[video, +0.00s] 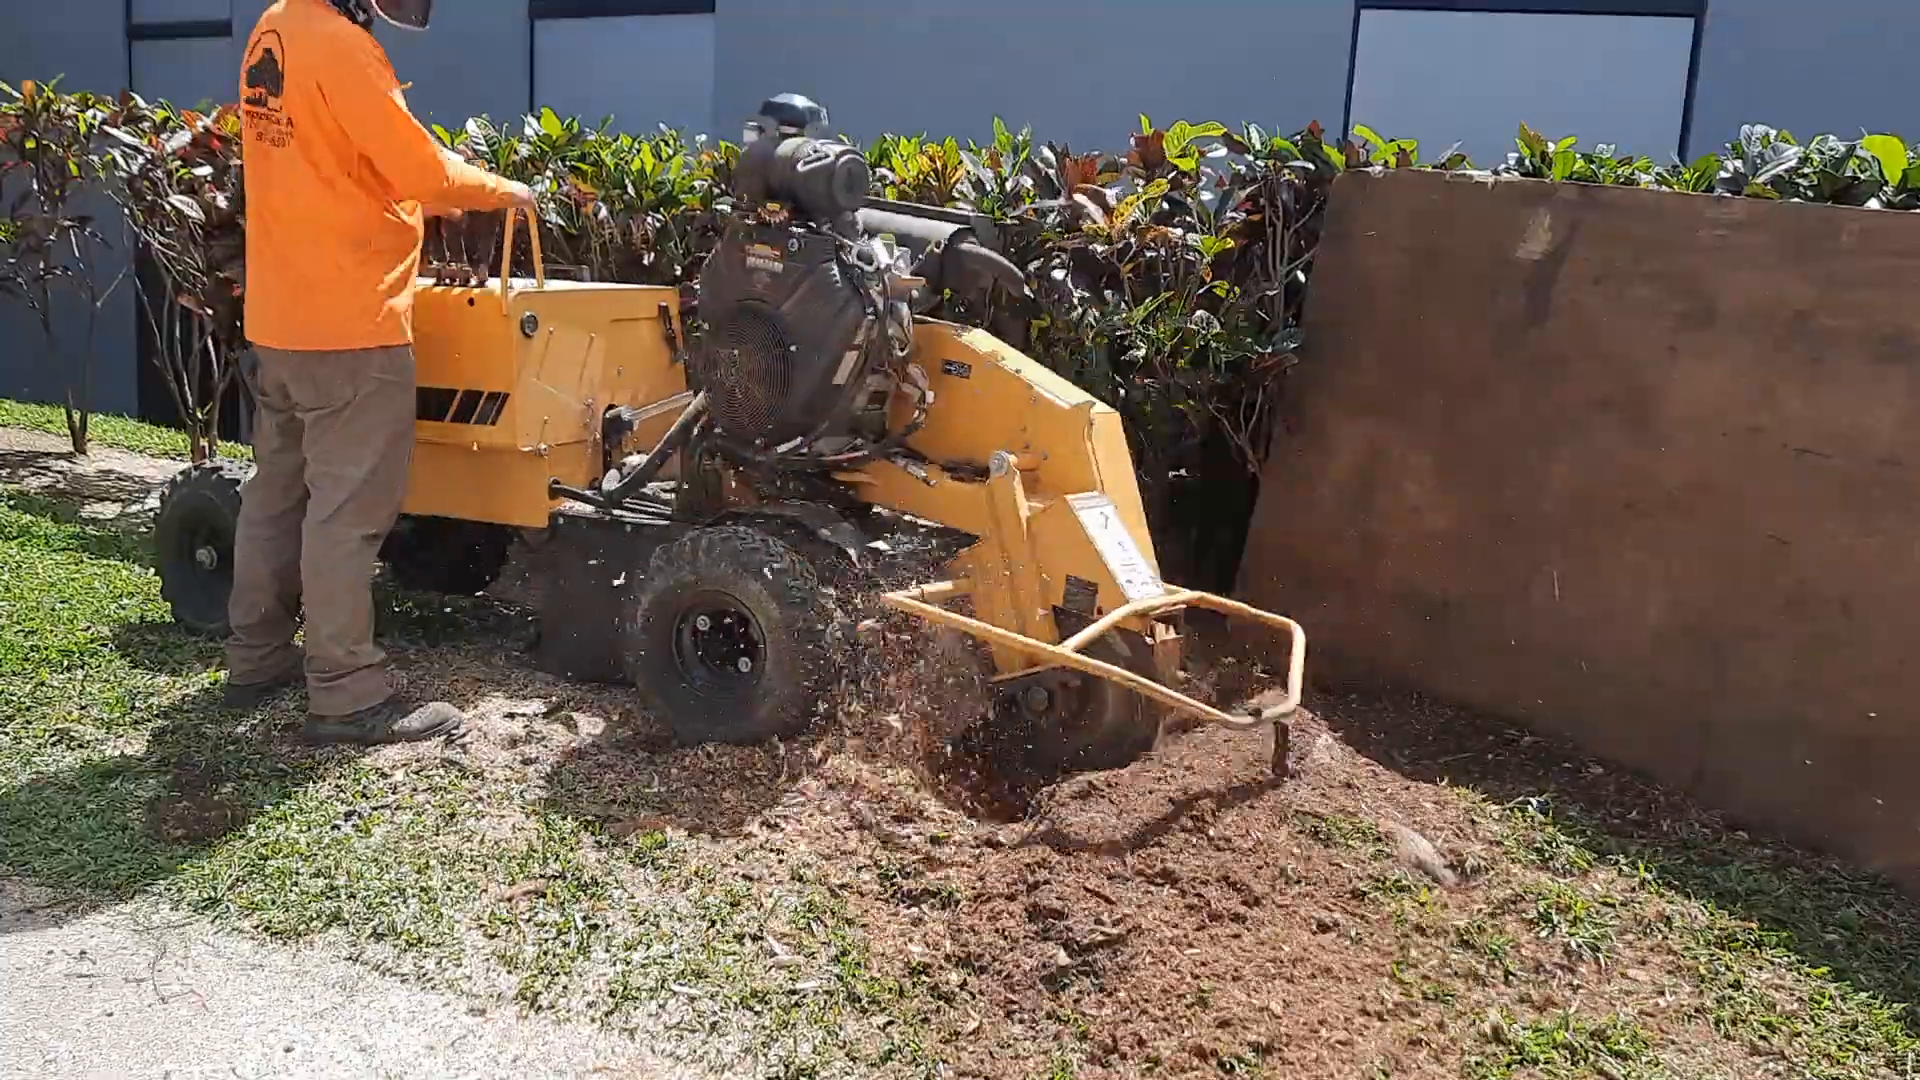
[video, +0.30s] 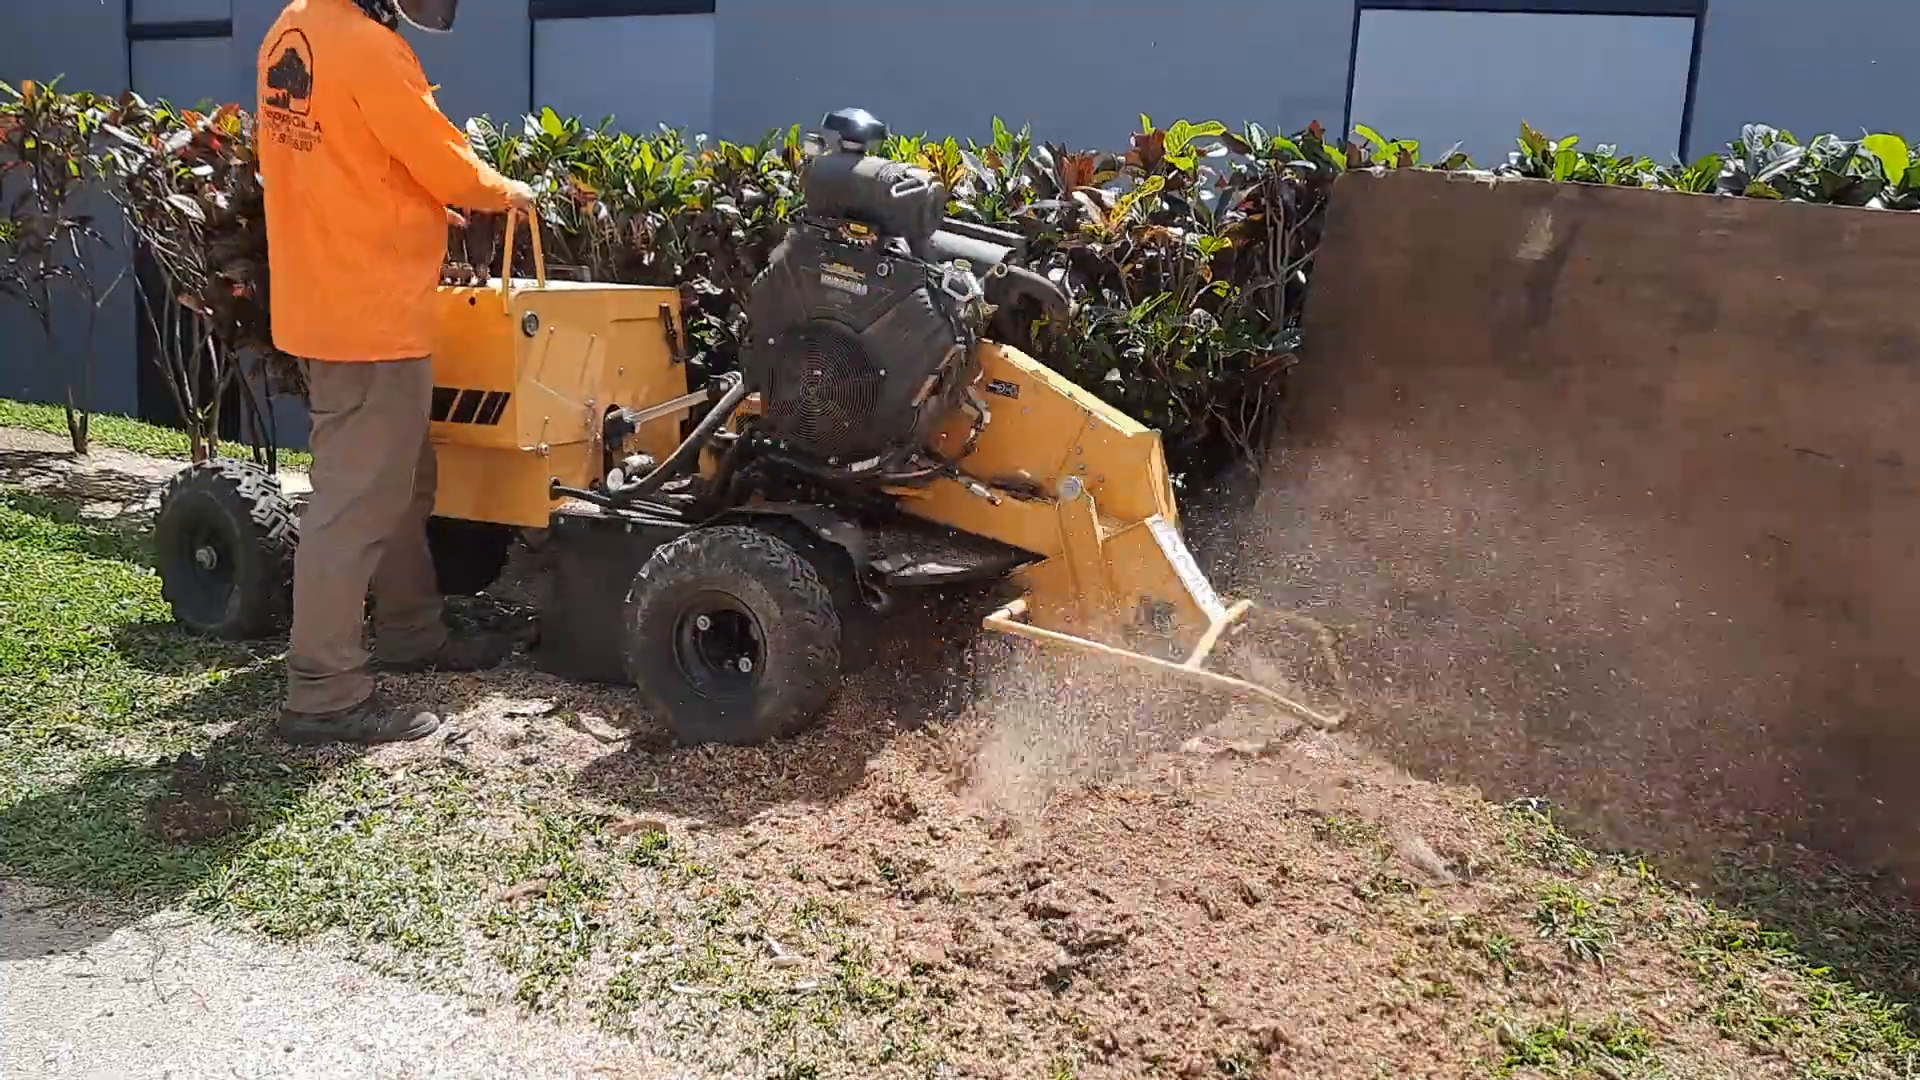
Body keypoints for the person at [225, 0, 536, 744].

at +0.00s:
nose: (409, 13)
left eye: (409, 7)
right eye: (407, 3)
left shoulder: (274, 27)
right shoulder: (346, 49)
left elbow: (344, 159)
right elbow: (422, 173)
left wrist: (449, 174)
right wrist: (499, 191)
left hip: (279, 323)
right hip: (352, 328)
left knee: (276, 495)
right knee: (349, 509)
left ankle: (256, 658)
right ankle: (345, 693)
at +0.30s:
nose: (441, 15)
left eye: (441, 8)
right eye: (437, 6)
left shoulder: (290, 28)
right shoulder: (374, 52)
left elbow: (356, 159)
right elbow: (447, 168)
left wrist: (457, 190)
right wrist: (507, 192)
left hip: (322, 313)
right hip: (372, 319)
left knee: (401, 480)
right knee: (352, 502)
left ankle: (413, 634)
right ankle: (326, 696)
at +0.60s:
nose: (434, 26)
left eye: (440, 19)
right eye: (435, 16)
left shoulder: (335, 24)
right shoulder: (362, 44)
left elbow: (373, 158)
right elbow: (422, 189)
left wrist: (450, 180)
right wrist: (476, 193)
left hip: (318, 287)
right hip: (360, 280)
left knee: (323, 488)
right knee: (549, 333)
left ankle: (294, 666)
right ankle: (617, 520)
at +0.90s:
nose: (479, 8)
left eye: (480, 4)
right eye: (474, 2)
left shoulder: (315, 25)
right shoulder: (437, 61)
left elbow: (297, 153)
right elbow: (501, 196)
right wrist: (529, 194)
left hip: (334, 315)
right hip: (411, 327)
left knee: (351, 491)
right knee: (398, 515)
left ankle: (302, 666)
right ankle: (373, 707)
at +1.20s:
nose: (481, 16)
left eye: (483, 9)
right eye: (480, 6)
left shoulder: (317, 24)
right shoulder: (420, 50)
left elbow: (309, 163)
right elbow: (490, 191)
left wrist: (458, 196)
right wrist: (516, 197)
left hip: (349, 317)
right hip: (399, 328)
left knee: (422, 497)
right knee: (389, 514)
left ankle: (425, 656)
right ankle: (371, 706)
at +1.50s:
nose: (476, 27)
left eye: (481, 19)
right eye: (477, 16)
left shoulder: (335, 20)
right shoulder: (417, 61)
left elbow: (366, 160)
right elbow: (474, 201)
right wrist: (540, 197)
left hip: (351, 312)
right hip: (406, 323)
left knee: (419, 494)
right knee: (398, 508)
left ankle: (425, 657)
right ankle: (369, 708)